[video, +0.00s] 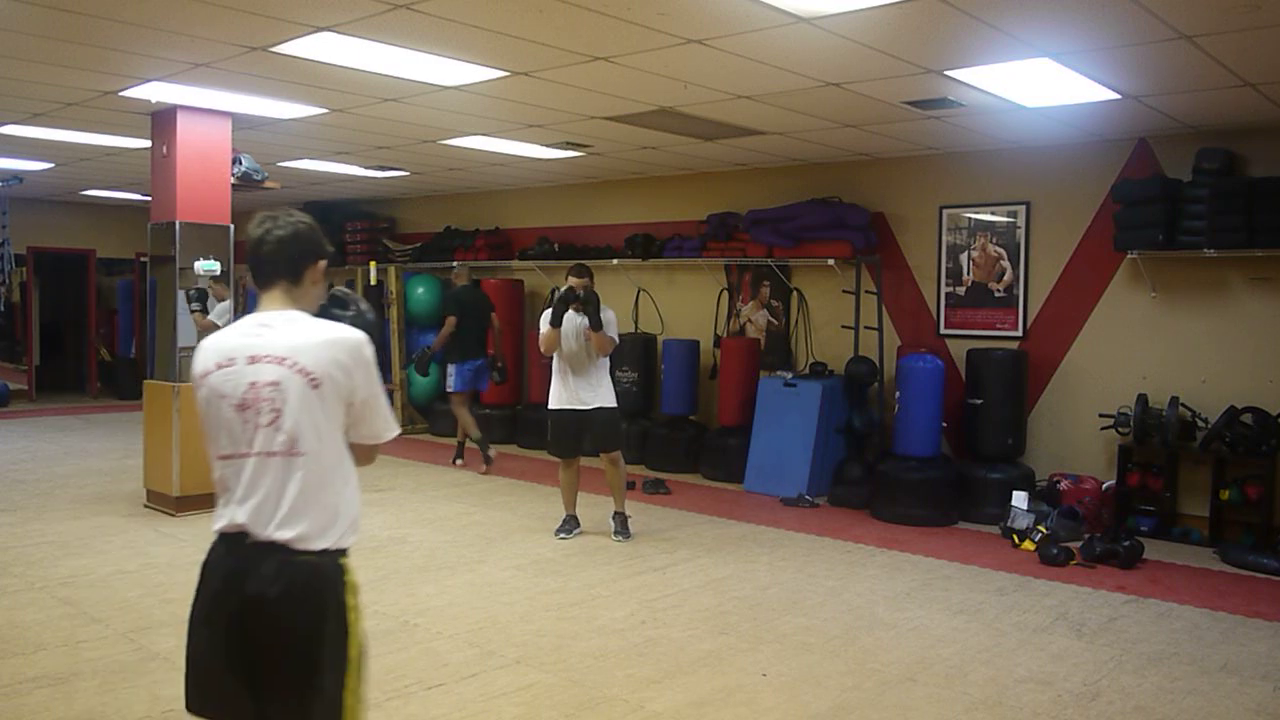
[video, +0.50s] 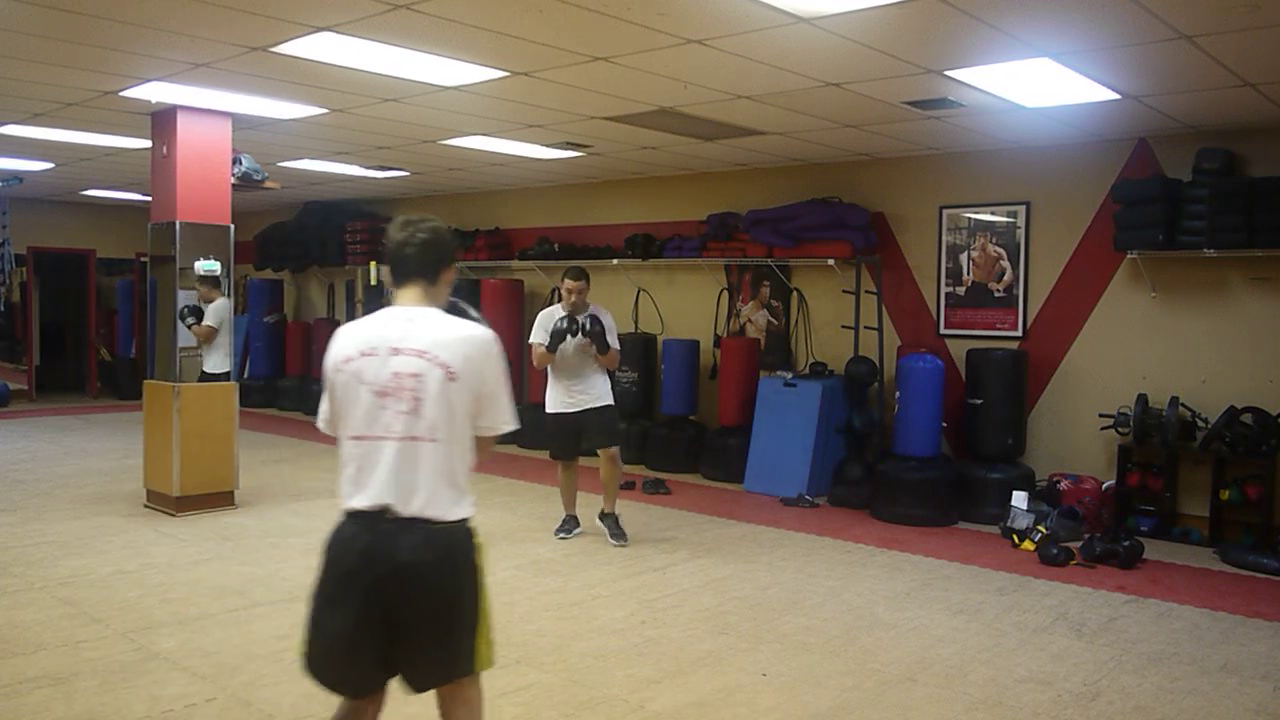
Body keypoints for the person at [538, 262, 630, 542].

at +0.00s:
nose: (577, 294)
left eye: (583, 289)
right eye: (572, 289)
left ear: (592, 287)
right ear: (564, 286)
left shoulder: (605, 314)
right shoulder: (550, 314)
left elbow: (604, 349)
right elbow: (546, 349)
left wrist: (593, 315)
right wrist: (558, 313)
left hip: (600, 399)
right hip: (564, 400)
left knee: (612, 457)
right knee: (567, 461)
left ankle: (620, 515)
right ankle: (570, 516)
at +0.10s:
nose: (576, 294)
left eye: (581, 289)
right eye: (570, 288)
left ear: (590, 287)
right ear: (563, 286)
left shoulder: (603, 314)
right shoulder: (548, 314)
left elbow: (603, 347)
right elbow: (545, 347)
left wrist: (591, 313)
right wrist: (557, 312)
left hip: (599, 399)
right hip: (563, 401)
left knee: (610, 458)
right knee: (567, 460)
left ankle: (616, 517)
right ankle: (570, 517)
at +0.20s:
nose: (575, 294)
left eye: (580, 289)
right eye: (569, 289)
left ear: (589, 287)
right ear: (561, 286)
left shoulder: (603, 315)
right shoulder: (548, 316)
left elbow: (603, 349)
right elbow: (543, 349)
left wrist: (590, 315)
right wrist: (557, 313)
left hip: (599, 401)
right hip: (563, 402)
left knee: (608, 460)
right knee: (567, 461)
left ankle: (612, 519)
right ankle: (570, 517)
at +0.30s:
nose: (571, 293)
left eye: (577, 289)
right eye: (567, 287)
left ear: (588, 288)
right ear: (560, 286)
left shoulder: (602, 315)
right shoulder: (547, 316)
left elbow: (608, 354)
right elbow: (541, 354)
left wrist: (592, 321)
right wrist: (557, 317)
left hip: (599, 401)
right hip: (562, 403)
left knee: (610, 458)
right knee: (567, 461)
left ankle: (613, 517)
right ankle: (570, 517)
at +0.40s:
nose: (571, 295)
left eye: (577, 289)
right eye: (567, 289)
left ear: (587, 289)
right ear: (560, 288)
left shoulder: (601, 317)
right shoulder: (546, 317)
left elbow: (614, 361)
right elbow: (538, 359)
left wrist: (598, 336)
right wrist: (555, 334)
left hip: (598, 401)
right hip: (561, 403)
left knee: (613, 455)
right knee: (566, 462)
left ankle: (611, 513)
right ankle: (570, 517)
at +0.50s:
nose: (572, 297)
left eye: (578, 292)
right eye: (568, 291)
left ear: (588, 291)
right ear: (560, 289)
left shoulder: (602, 318)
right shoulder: (546, 317)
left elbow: (613, 363)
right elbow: (538, 362)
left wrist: (597, 344)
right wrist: (555, 341)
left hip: (598, 401)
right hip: (561, 404)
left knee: (611, 454)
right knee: (566, 461)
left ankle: (609, 514)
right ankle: (570, 517)